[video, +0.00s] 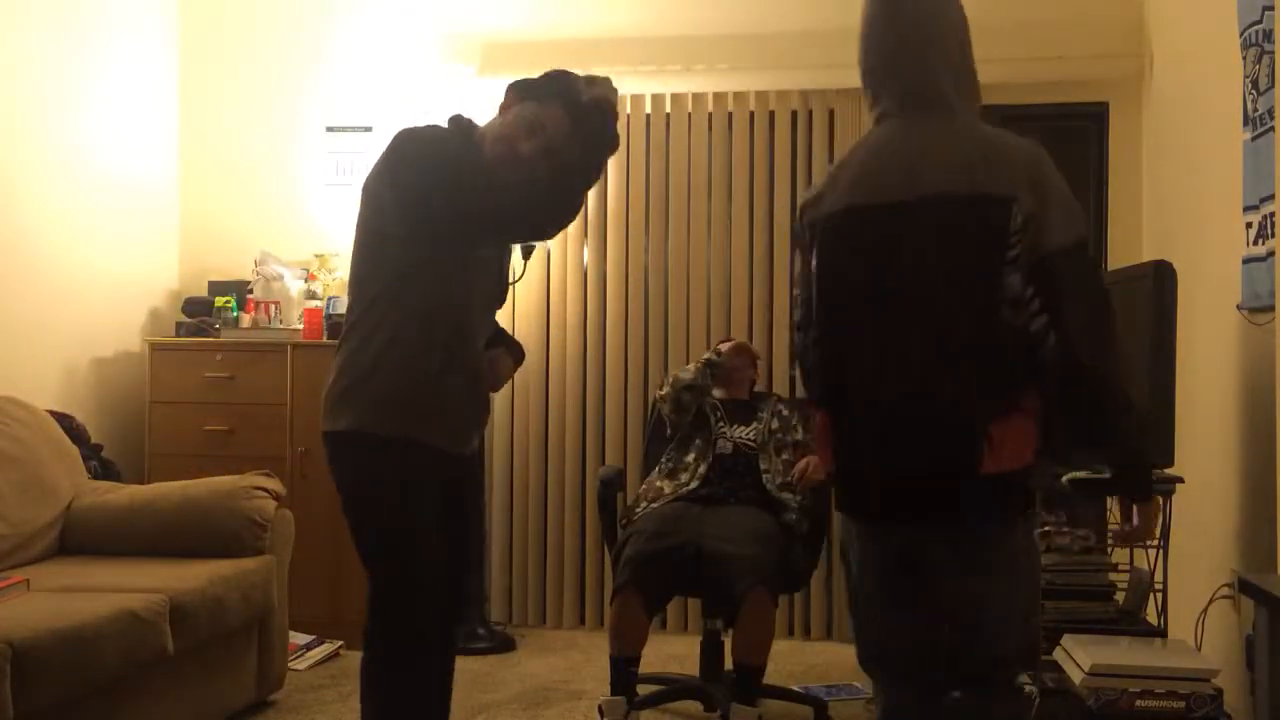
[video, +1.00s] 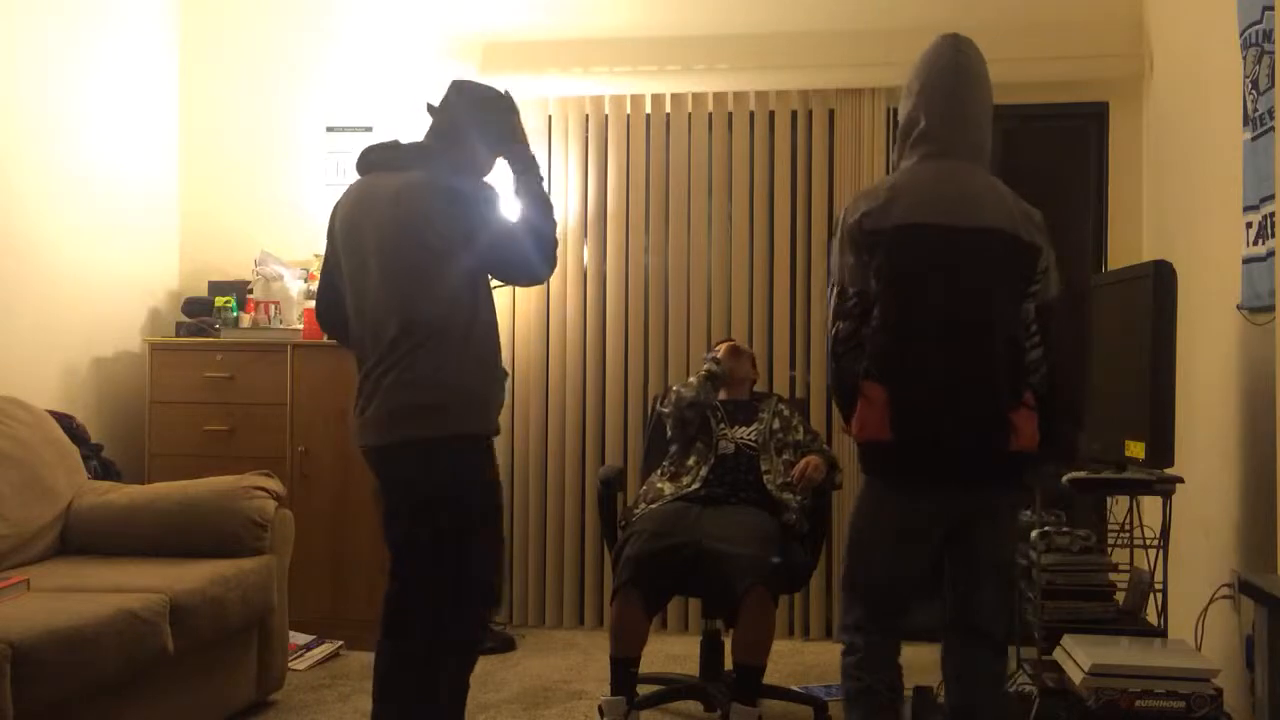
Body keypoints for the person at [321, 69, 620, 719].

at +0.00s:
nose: (529, 152)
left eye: (546, 152)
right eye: (531, 129)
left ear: (551, 162)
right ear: (507, 105)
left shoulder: (480, 193)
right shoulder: (425, 149)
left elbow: (466, 309)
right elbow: (540, 210)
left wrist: (506, 346)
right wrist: (602, 125)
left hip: (441, 432)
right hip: (388, 427)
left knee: (432, 619)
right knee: (410, 618)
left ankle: (421, 714)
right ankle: (397, 713)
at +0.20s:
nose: (542, 182)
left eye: (552, 171)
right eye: (549, 165)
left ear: (508, 125)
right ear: (522, 132)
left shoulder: (453, 176)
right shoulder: (437, 167)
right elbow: (554, 245)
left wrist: (476, 340)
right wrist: (609, 147)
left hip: (431, 431)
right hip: (385, 430)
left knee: (477, 585)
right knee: (395, 599)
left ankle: (434, 712)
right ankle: (389, 714)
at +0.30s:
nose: (539, 183)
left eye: (549, 172)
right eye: (545, 166)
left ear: (502, 127)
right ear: (513, 132)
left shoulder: (448, 177)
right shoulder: (438, 174)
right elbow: (557, 254)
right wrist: (605, 157)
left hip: (430, 433)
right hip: (388, 431)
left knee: (482, 583)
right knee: (397, 606)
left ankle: (435, 711)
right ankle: (390, 713)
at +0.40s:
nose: (537, 176)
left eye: (547, 164)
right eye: (542, 159)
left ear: (493, 122)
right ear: (509, 130)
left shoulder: (419, 171)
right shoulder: (452, 178)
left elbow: (546, 260)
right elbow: (558, 259)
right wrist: (595, 160)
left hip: (387, 427)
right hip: (408, 433)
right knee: (446, 588)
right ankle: (415, 712)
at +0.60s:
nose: (519, 166)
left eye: (527, 155)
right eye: (523, 151)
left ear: (471, 115)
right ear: (501, 129)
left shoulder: (375, 178)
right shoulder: (470, 173)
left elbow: (336, 308)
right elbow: (552, 259)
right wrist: (563, 154)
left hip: (375, 417)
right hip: (433, 422)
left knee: (406, 606)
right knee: (424, 611)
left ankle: (387, 713)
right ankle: (400, 715)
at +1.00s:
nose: (492, 164)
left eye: (493, 152)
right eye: (492, 152)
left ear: (439, 128)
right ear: (476, 141)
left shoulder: (352, 202)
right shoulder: (454, 196)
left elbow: (334, 317)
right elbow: (533, 261)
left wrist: (397, 340)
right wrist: (522, 158)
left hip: (385, 424)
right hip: (450, 425)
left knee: (417, 587)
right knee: (459, 600)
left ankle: (397, 708)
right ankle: (429, 711)